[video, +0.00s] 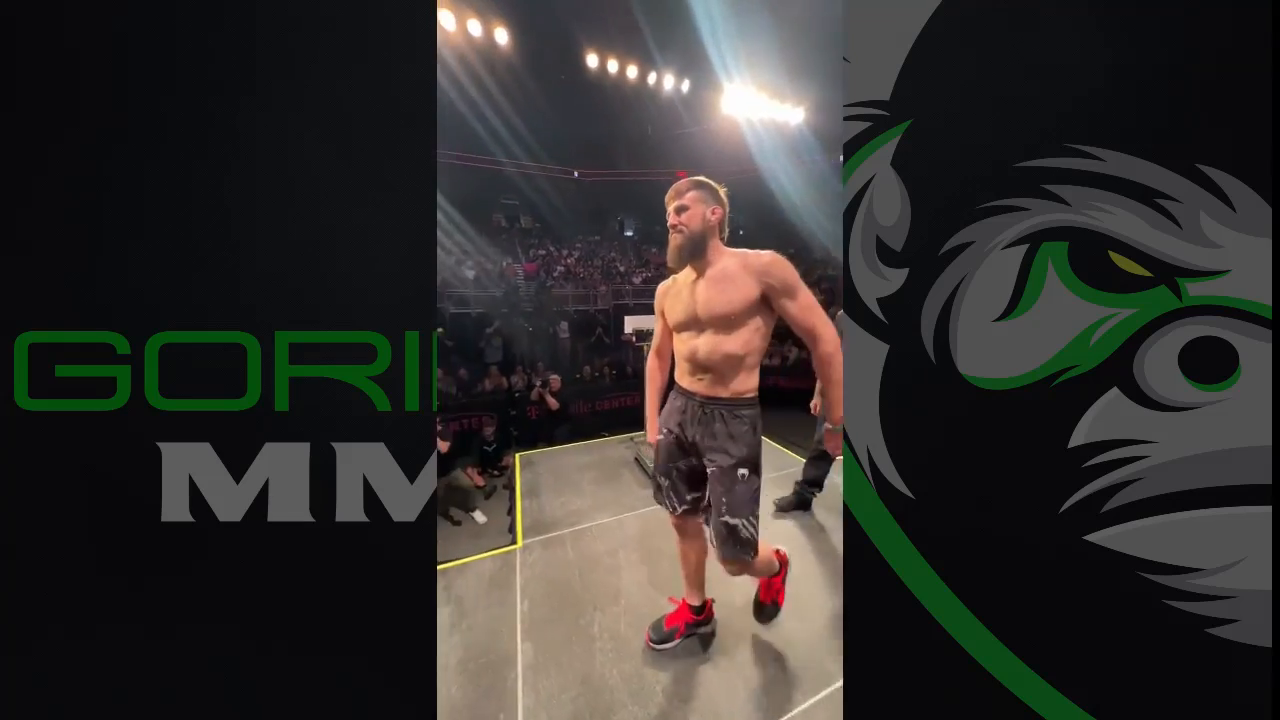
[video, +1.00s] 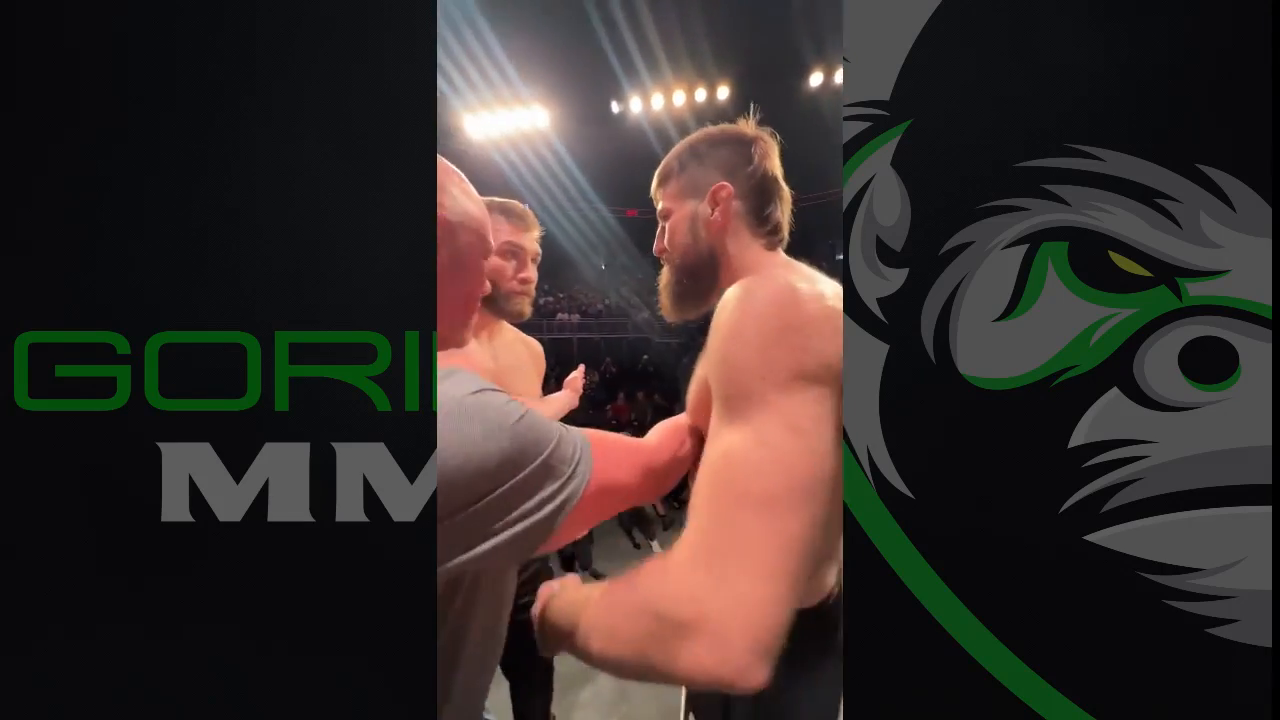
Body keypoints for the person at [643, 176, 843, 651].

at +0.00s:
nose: (672, 220)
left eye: (682, 209)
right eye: (669, 214)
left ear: (716, 213)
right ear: (670, 224)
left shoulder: (763, 268)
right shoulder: (668, 291)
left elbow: (824, 337)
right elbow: (658, 357)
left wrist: (834, 422)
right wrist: (651, 420)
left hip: (733, 417)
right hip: (680, 411)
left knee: (735, 559)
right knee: (684, 516)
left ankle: (777, 566)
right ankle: (695, 607)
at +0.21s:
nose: (680, 214)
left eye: (692, 203)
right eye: (678, 207)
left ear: (730, 212)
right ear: (681, 220)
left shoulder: (775, 271)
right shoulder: (680, 293)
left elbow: (833, 344)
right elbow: (671, 365)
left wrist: (841, 408)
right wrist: (649, 426)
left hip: (742, 437)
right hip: (692, 431)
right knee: (715, 547)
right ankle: (733, 631)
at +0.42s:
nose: (688, 212)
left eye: (705, 200)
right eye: (691, 202)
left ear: (748, 216)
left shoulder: (782, 290)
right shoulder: (707, 294)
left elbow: (851, 409)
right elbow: (695, 374)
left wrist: (814, 544)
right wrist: (657, 436)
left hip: (738, 483)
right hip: (701, 471)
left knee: (682, 640)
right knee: (741, 576)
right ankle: (780, 673)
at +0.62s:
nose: (680, 203)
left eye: (699, 187)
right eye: (686, 187)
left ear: (749, 200)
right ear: (741, 203)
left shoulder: (770, 300)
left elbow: (792, 497)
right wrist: (688, 458)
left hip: (726, 531)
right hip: (702, 513)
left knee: (677, 687)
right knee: (728, 622)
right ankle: (805, 704)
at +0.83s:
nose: (658, 222)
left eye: (671, 196)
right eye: (662, 201)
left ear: (725, 191)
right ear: (726, 194)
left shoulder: (756, 299)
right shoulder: (777, 290)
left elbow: (688, 561)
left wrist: (550, 590)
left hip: (739, 594)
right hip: (756, 577)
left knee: (716, 711)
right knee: (710, 708)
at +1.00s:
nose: (656, 245)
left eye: (666, 217)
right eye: (657, 222)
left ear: (720, 205)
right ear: (721, 208)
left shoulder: (776, 303)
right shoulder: (807, 299)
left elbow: (723, 632)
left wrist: (567, 607)